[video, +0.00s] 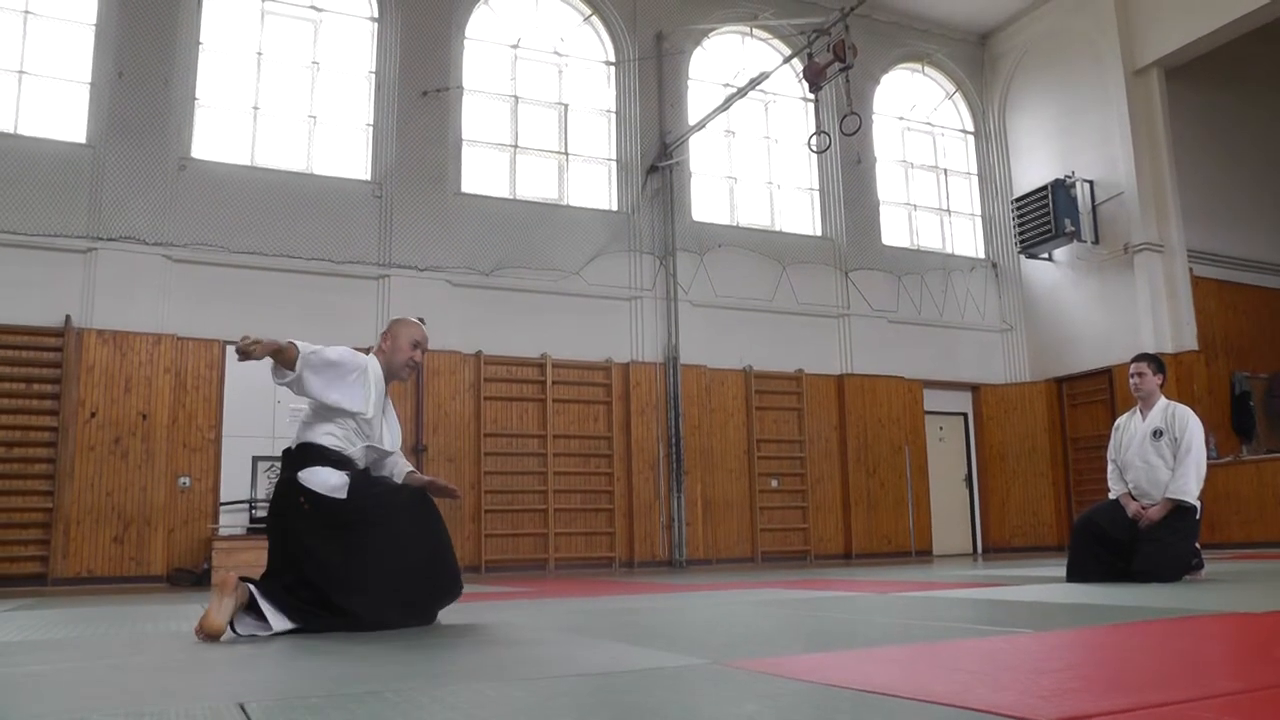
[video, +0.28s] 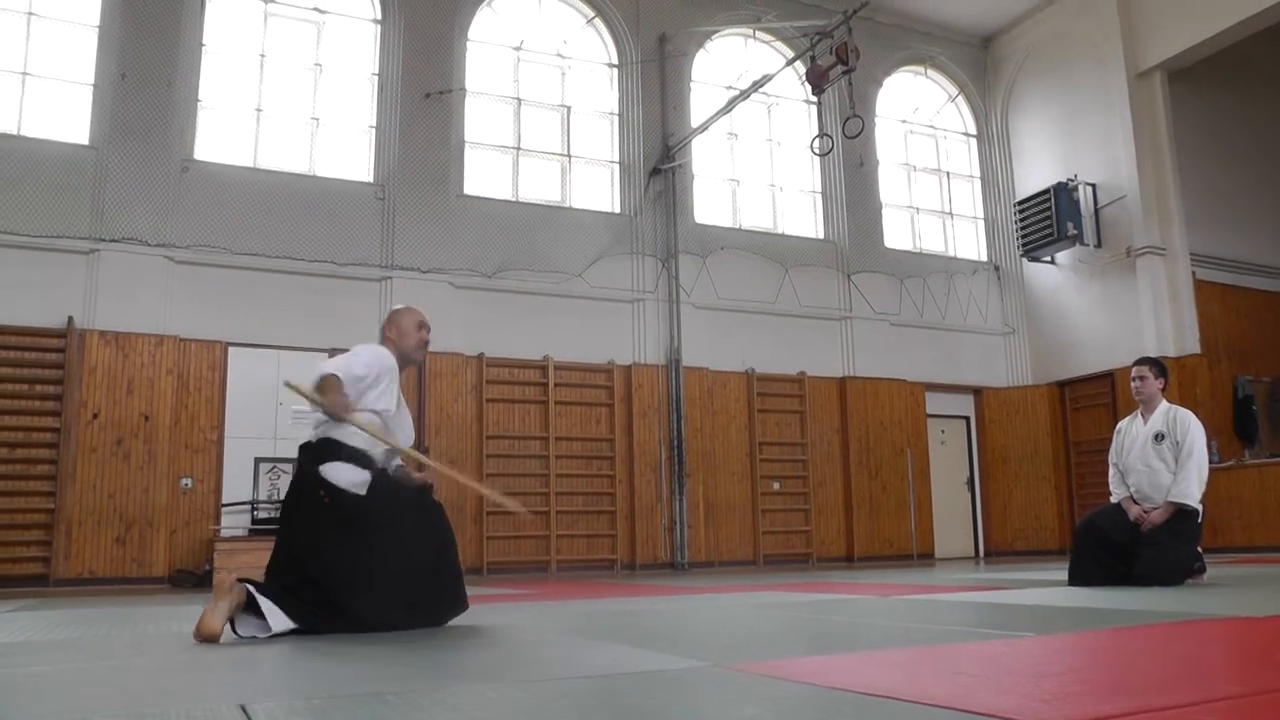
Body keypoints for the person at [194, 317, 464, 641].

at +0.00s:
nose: (419, 357)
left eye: (423, 352)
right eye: (414, 346)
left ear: (417, 358)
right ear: (385, 341)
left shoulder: (383, 409)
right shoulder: (359, 364)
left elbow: (386, 459)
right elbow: (306, 357)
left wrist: (421, 481)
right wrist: (272, 348)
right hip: (318, 469)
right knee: (410, 504)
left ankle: (243, 598)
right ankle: (409, 602)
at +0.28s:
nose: (428, 335)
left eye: (428, 329)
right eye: (420, 327)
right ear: (392, 333)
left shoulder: (393, 399)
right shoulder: (377, 355)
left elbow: (383, 459)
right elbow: (330, 379)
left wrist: (410, 476)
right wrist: (338, 401)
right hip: (336, 466)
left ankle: (242, 603)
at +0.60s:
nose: (420, 271)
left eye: (420, 263)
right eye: (416, 262)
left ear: (385, 259)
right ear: (395, 259)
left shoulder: (333, 300)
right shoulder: (403, 298)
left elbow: (315, 360)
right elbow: (438, 361)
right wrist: (453, 419)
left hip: (310, 402)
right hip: (359, 403)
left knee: (304, 504)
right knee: (399, 496)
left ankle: (259, 577)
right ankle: (407, 608)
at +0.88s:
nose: (384, 250)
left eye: (384, 242)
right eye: (381, 240)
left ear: (343, 235)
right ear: (360, 234)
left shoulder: (293, 269)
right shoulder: (385, 276)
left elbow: (256, 332)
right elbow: (396, 353)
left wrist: (248, 363)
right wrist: (379, 371)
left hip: (300, 383)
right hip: (356, 386)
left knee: (278, 495)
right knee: (382, 494)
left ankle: (257, 616)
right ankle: (397, 608)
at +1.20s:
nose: (398, 262)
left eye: (400, 255)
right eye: (396, 253)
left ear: (361, 244)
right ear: (371, 243)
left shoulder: (305, 279)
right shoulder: (393, 279)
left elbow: (263, 343)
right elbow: (401, 344)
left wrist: (264, 361)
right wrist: (370, 359)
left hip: (302, 393)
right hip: (354, 394)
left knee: (292, 505)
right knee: (403, 497)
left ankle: (261, 624)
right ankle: (426, 610)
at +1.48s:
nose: (455, 264)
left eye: (455, 258)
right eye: (450, 255)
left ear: (423, 252)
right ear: (423, 251)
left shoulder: (404, 298)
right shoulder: (409, 276)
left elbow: (408, 376)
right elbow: (473, 285)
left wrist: (466, 397)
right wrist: (533, 291)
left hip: (378, 400)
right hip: (395, 400)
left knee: (352, 508)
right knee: (437, 510)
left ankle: (301, 598)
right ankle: (437, 622)